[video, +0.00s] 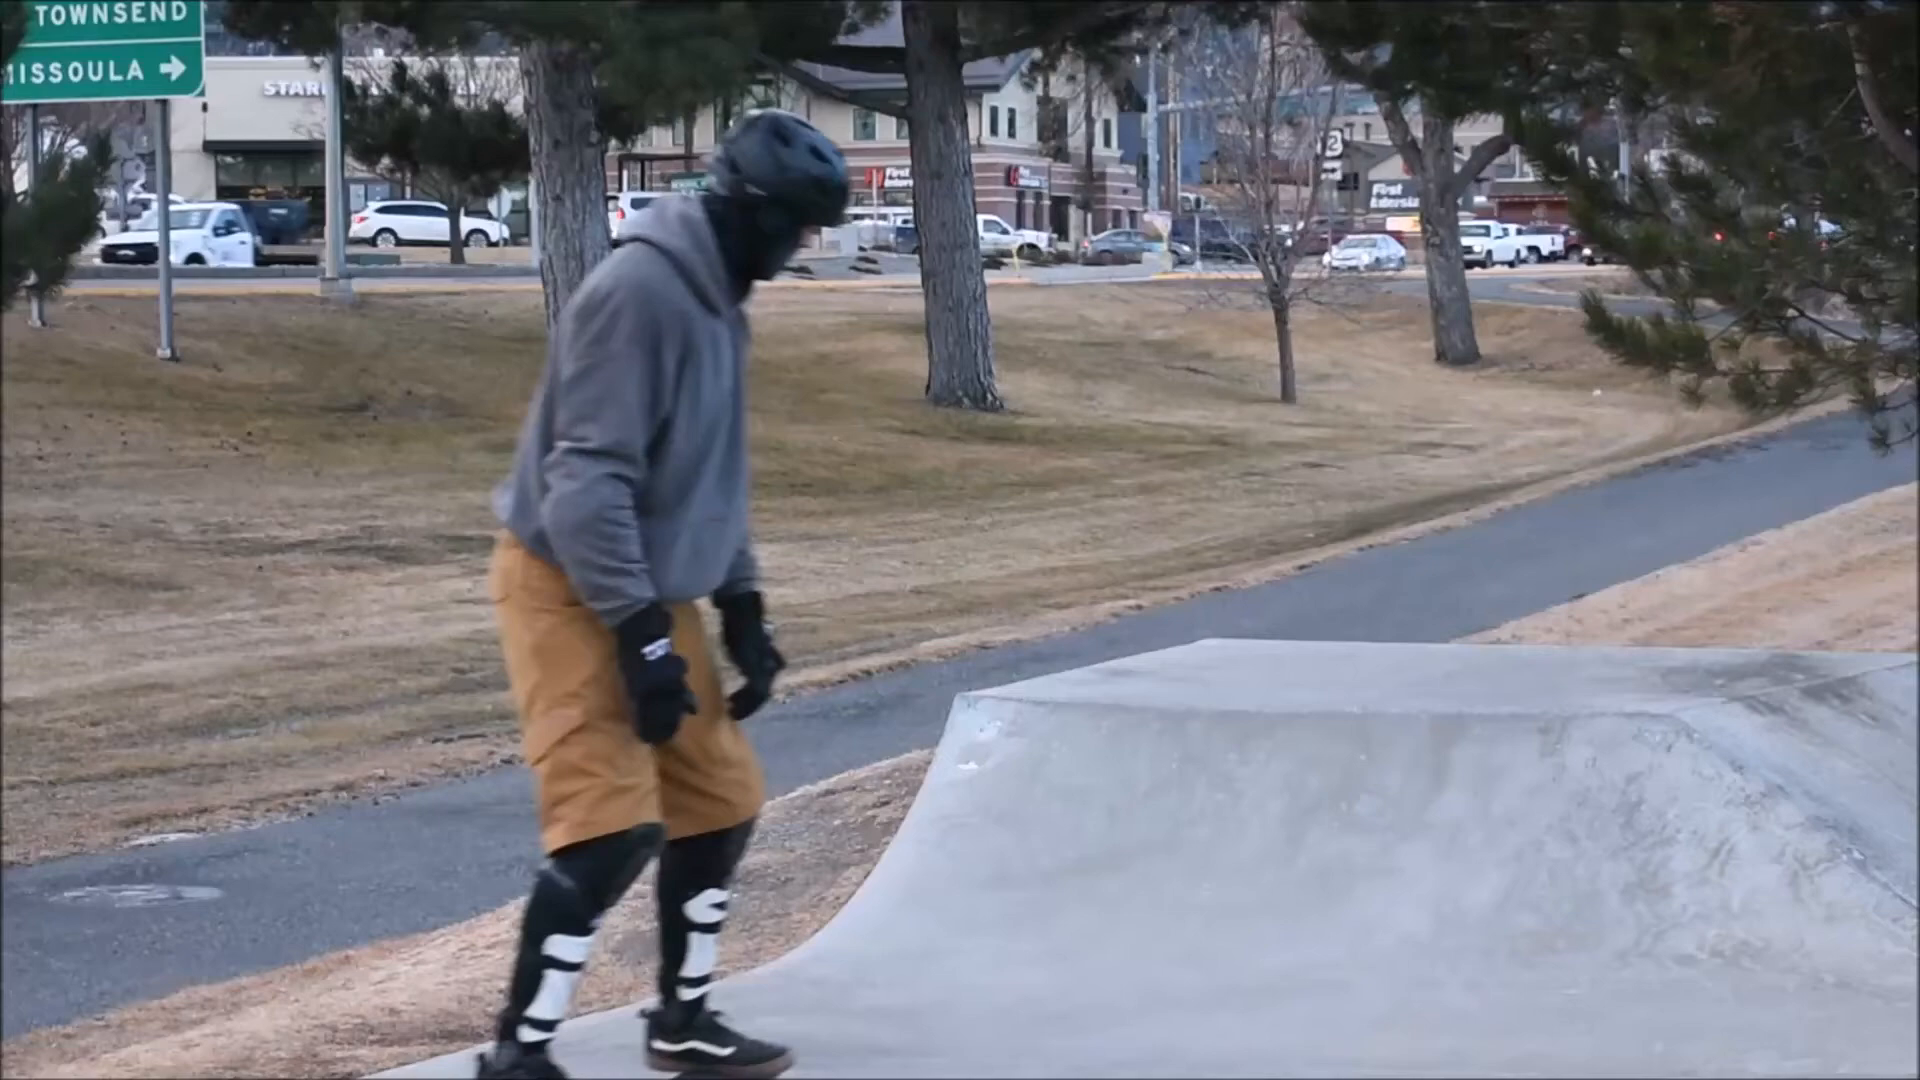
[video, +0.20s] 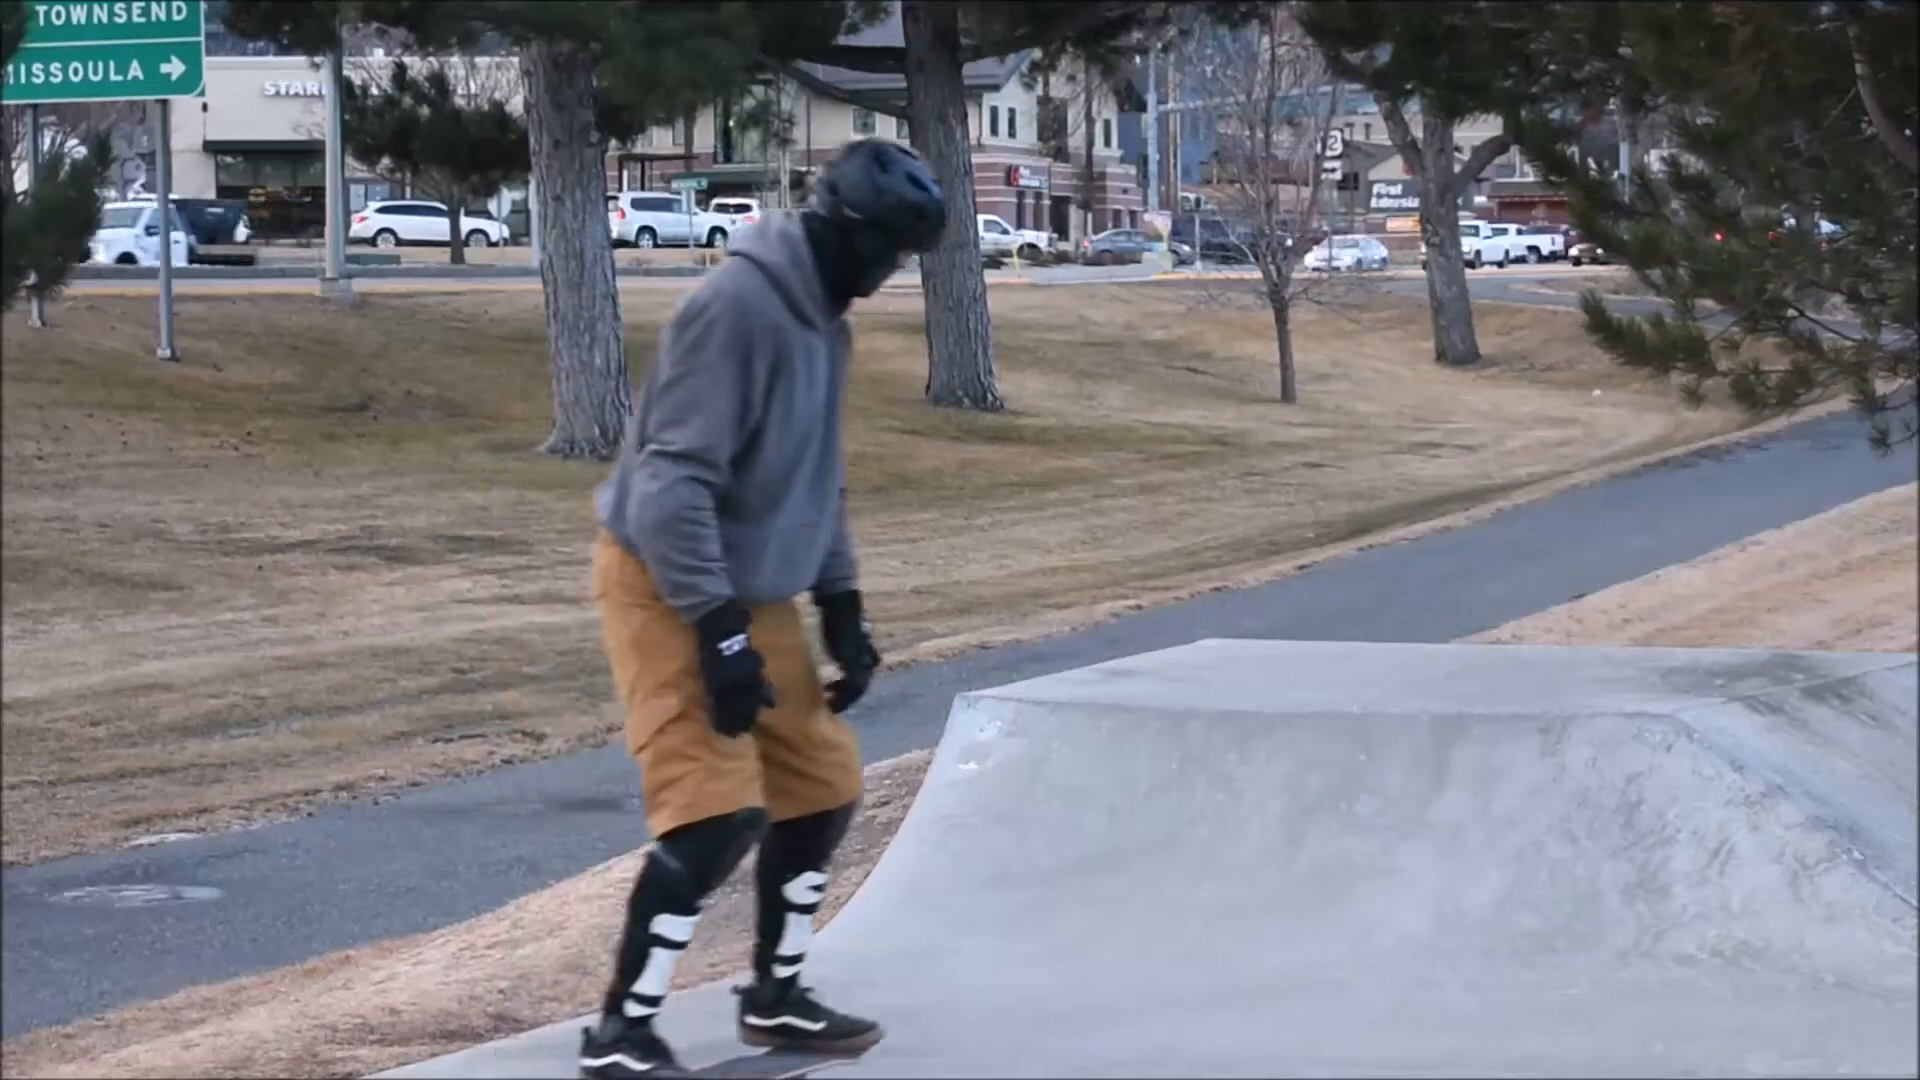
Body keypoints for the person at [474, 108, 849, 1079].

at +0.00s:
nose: (800, 249)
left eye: (808, 232)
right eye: (798, 227)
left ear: (762, 208)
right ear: (752, 204)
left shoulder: (716, 297)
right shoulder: (634, 288)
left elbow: (713, 476)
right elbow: (585, 479)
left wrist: (743, 610)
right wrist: (640, 632)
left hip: (661, 586)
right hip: (562, 578)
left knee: (717, 803)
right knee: (610, 822)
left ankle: (683, 1018)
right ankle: (519, 1049)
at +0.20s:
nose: (891, 273)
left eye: (900, 257)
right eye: (890, 252)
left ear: (860, 235)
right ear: (850, 229)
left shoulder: (823, 321)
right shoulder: (735, 306)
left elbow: (815, 480)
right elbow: (671, 485)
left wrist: (841, 609)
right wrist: (720, 630)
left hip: (755, 583)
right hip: (659, 579)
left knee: (818, 785)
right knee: (716, 807)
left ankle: (774, 993)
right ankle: (623, 1027)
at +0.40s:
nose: (998, 291)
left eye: (1007, 276)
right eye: (997, 272)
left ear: (967, 248)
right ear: (956, 245)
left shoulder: (939, 316)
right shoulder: (842, 310)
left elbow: (937, 464)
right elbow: (752, 473)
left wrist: (957, 586)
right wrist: (775, 616)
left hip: (868, 585)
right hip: (778, 583)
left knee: (921, 771)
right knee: (818, 787)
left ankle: (873, 963)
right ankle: (734, 1002)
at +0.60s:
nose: (1077, 348)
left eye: (1086, 337)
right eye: (1076, 331)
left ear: (1074, 312)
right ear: (1044, 299)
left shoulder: (1045, 363)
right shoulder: (933, 350)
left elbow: (1051, 487)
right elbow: (833, 495)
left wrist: (1082, 596)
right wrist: (840, 633)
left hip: (963, 594)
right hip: (876, 592)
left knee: (1033, 757)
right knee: (927, 772)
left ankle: (973, 939)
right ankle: (842, 970)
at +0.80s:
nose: (1148, 437)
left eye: (1158, 427)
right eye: (1143, 422)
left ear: (1166, 401)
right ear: (1110, 384)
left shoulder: (1138, 418)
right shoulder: (1012, 417)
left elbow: (1166, 514)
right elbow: (905, 549)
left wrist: (1219, 614)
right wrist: (920, 678)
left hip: (1052, 610)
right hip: (959, 605)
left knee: (1138, 756)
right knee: (1041, 767)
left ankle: (1062, 916)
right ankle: (938, 945)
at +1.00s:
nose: (1186, 479)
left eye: (1203, 468)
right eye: (1174, 465)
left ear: (1227, 439)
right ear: (1147, 429)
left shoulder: (1228, 455)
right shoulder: (1076, 452)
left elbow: (1262, 523)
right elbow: (970, 568)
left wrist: (1306, 566)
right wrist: (977, 691)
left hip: (1139, 618)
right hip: (1043, 613)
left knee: (1231, 758)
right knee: (1132, 759)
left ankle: (1140, 897)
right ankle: (1023, 925)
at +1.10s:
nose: (1198, 461)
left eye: (1214, 451)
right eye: (1186, 448)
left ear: (1243, 424)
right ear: (1161, 412)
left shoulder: (1265, 438)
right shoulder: (1102, 435)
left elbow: (1324, 564)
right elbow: (995, 512)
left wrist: (1276, 524)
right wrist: (957, 615)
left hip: (1187, 598)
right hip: (1085, 594)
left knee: (1266, 756)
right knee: (1170, 748)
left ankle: (1181, 886)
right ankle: (1069, 916)